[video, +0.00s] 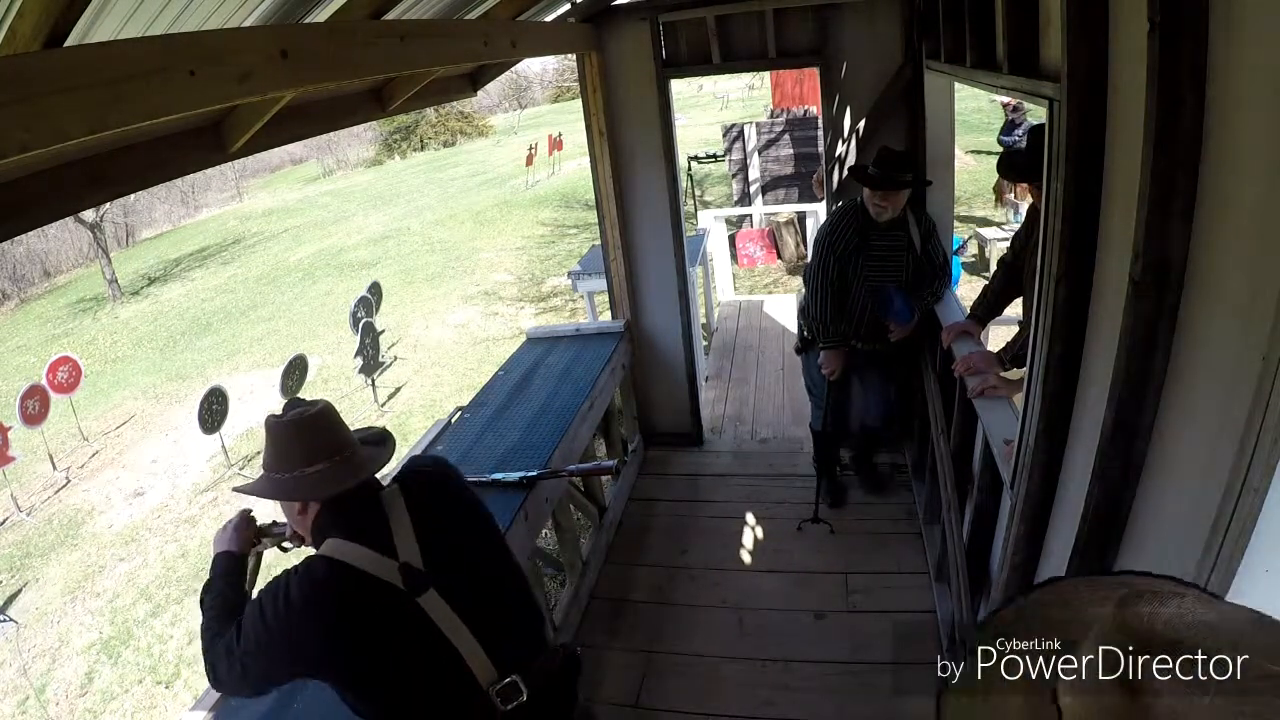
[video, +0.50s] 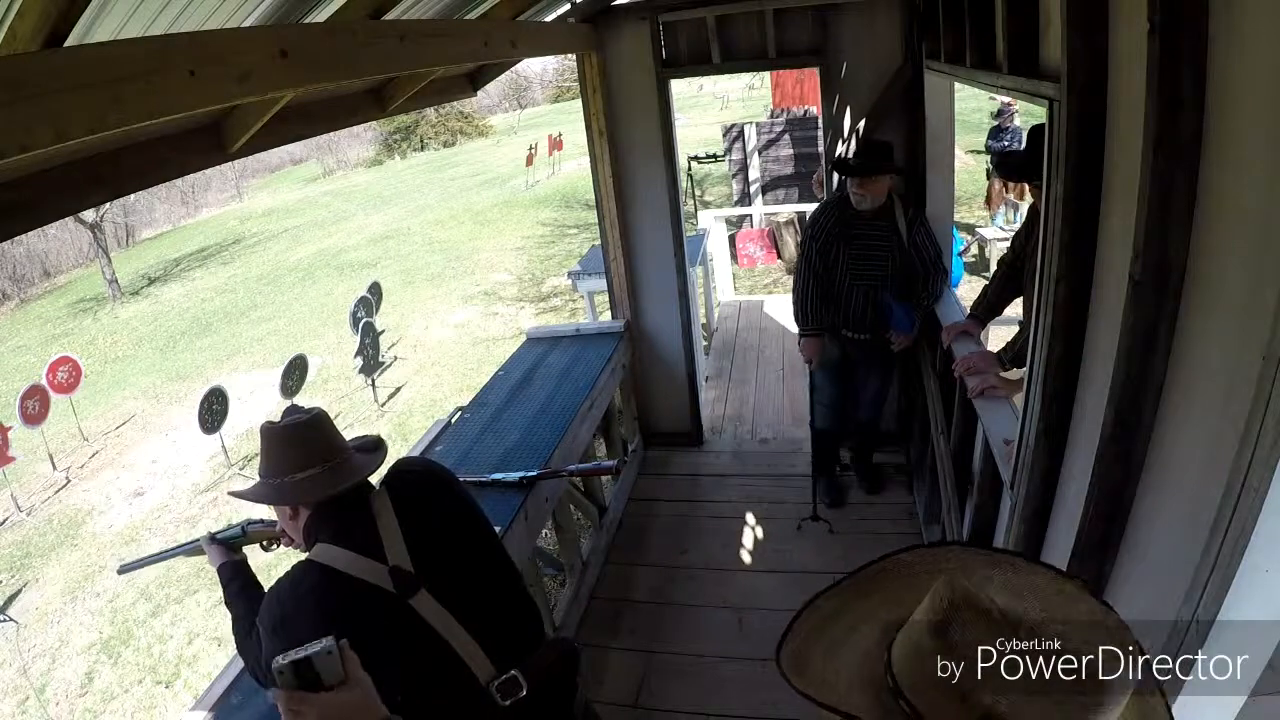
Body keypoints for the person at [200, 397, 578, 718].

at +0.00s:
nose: (282, 509)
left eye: (281, 500)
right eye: (280, 499)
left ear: (305, 507)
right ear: (367, 470)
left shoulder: (304, 602)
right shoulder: (436, 479)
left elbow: (226, 665)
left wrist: (225, 559)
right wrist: (318, 529)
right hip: (549, 681)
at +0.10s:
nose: (283, 509)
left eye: (282, 499)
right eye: (279, 499)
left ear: (304, 504)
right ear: (365, 468)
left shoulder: (307, 604)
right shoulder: (437, 479)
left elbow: (235, 679)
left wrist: (236, 571)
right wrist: (319, 532)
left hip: (451, 718)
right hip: (553, 682)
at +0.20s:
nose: (283, 510)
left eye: (282, 500)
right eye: (279, 500)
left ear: (303, 505)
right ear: (364, 467)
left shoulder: (307, 603)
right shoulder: (436, 479)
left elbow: (242, 681)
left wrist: (234, 576)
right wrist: (320, 531)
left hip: (448, 718)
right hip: (553, 681)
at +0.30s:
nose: (281, 511)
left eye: (282, 499)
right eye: (278, 500)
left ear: (304, 505)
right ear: (364, 467)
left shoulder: (306, 599)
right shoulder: (435, 479)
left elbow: (273, 702)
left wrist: (251, 600)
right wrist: (322, 527)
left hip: (458, 718)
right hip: (551, 681)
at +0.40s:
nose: (278, 512)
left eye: (278, 502)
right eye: (274, 503)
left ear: (299, 507)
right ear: (357, 469)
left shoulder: (304, 598)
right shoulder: (430, 479)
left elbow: (271, 666)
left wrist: (247, 564)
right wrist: (316, 532)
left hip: (456, 716)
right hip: (550, 677)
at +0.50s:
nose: (278, 516)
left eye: (275, 507)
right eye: (272, 508)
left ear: (295, 512)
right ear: (356, 471)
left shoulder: (295, 605)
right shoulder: (427, 480)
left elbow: (268, 668)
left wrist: (228, 568)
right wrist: (313, 538)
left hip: (446, 719)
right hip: (544, 678)